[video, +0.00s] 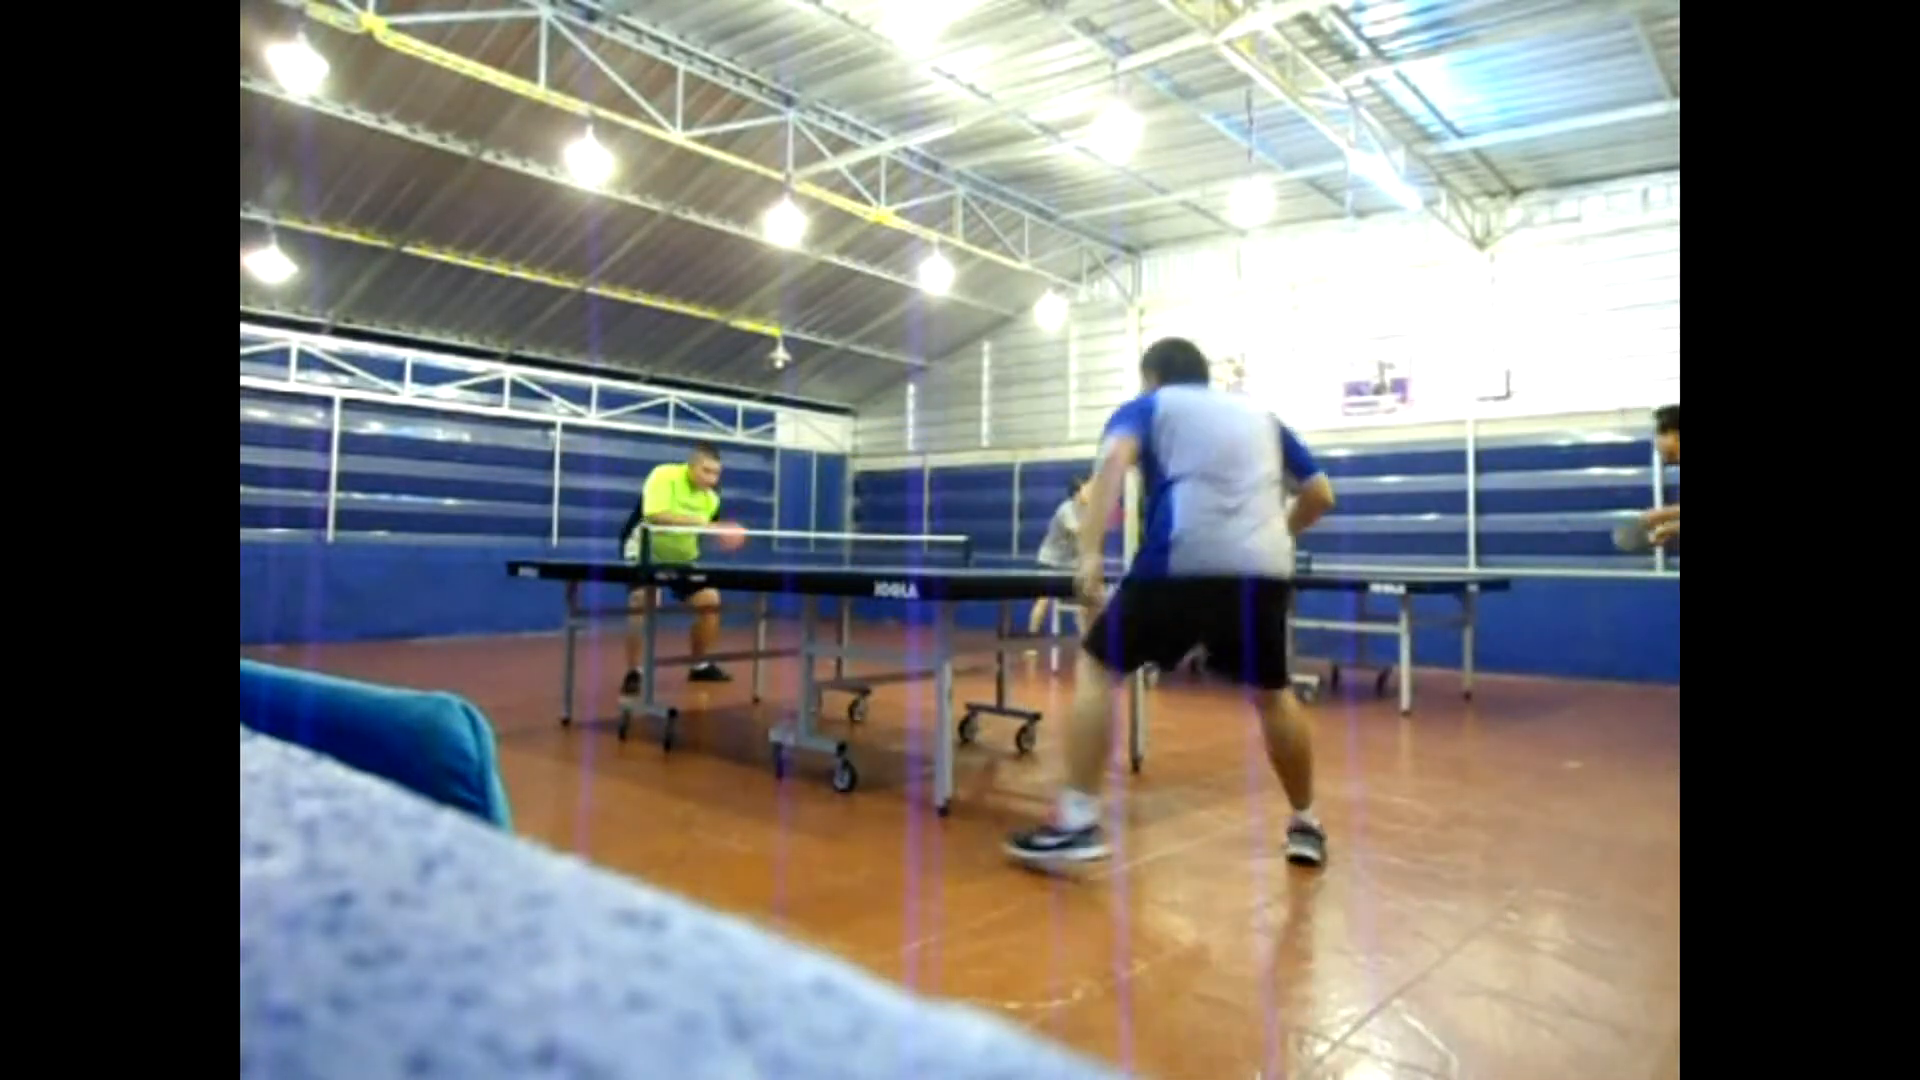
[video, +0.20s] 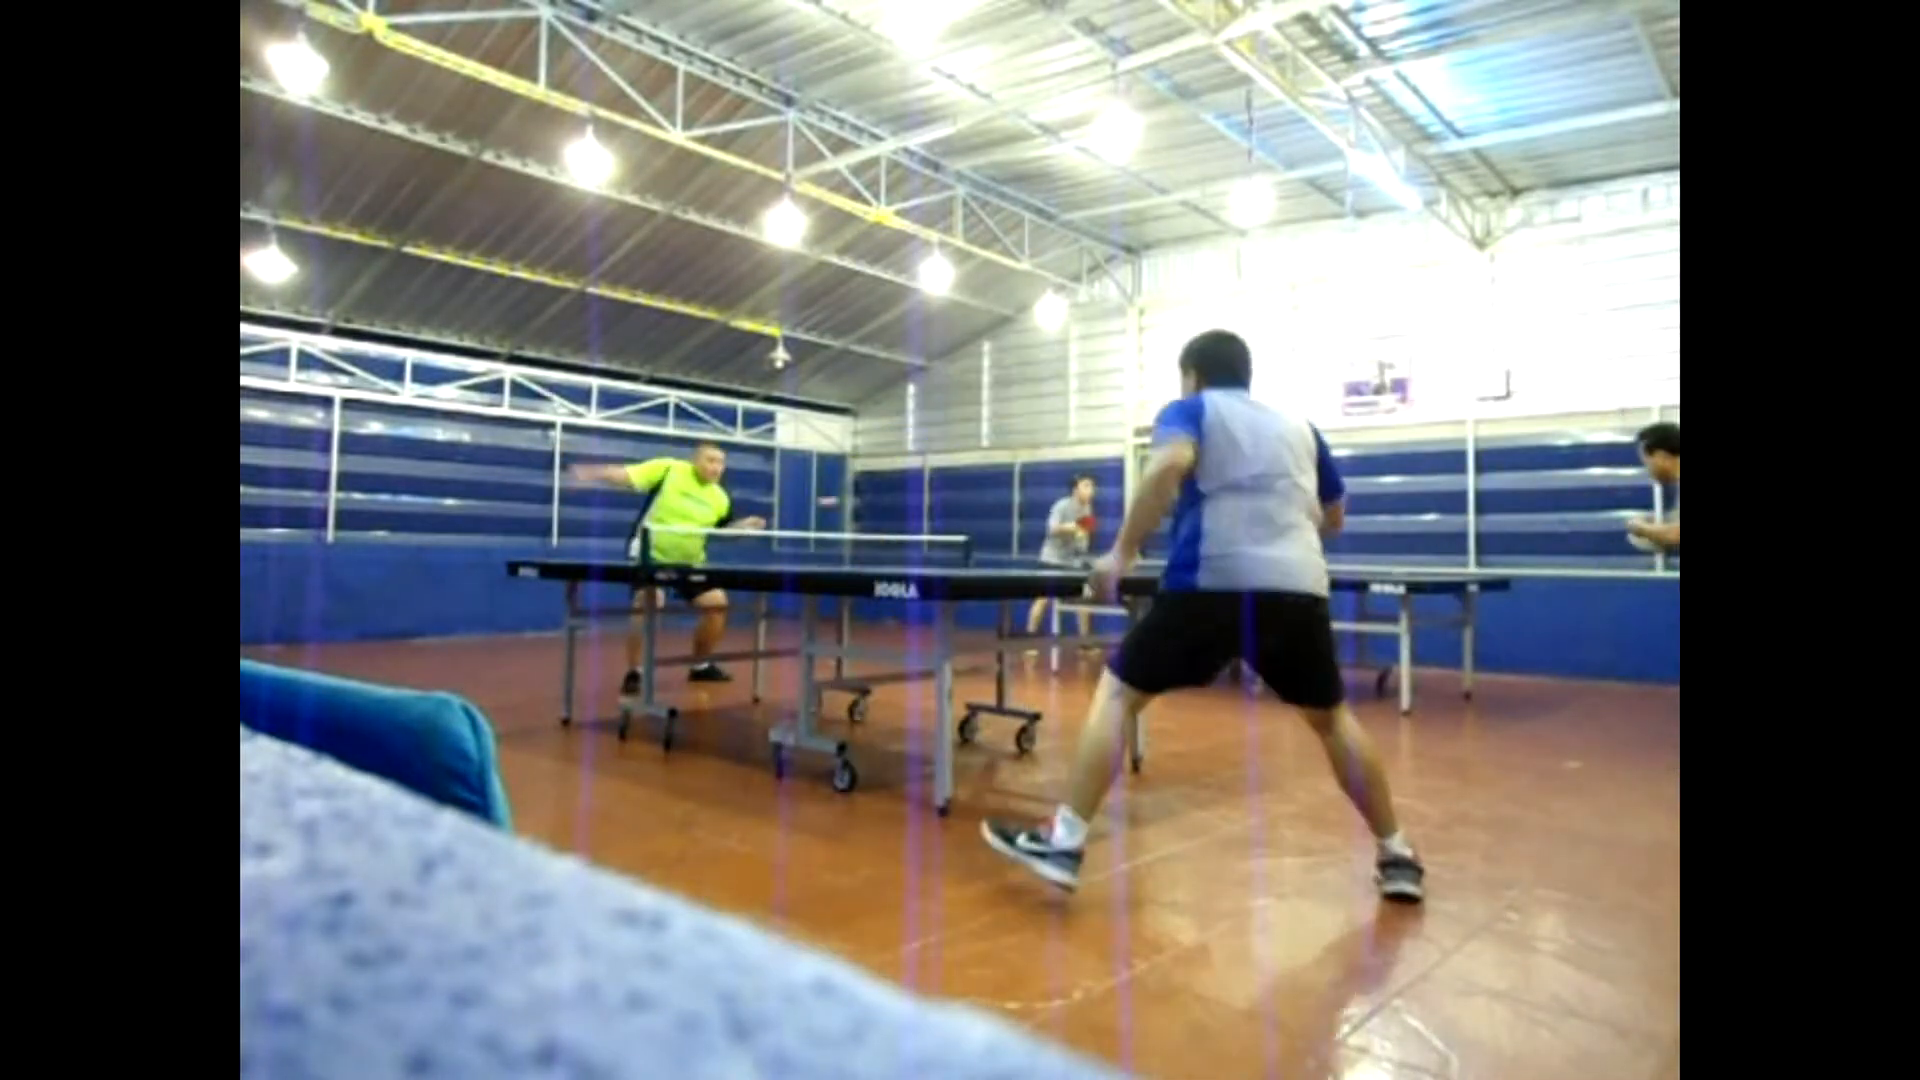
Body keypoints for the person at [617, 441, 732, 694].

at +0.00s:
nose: (712, 478)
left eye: (716, 473)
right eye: (707, 471)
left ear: (718, 473)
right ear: (691, 466)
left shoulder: (711, 499)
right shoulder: (663, 476)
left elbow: (704, 526)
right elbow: (654, 513)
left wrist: (724, 536)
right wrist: (699, 522)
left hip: (683, 556)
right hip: (648, 554)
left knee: (709, 601)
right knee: (642, 601)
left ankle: (701, 663)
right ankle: (634, 670)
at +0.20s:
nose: (716, 467)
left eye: (720, 462)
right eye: (710, 460)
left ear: (723, 466)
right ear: (696, 460)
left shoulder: (720, 499)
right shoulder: (670, 470)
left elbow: (721, 529)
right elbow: (628, 475)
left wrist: (743, 526)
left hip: (691, 563)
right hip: (652, 557)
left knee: (717, 605)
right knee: (647, 603)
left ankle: (701, 664)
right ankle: (634, 671)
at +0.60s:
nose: (699, 442)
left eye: (705, 438)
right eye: (695, 435)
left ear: (710, 444)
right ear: (682, 436)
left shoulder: (712, 478)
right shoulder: (656, 457)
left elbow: (717, 511)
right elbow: (620, 484)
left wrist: (715, 525)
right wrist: (588, 503)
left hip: (689, 545)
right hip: (647, 541)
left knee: (701, 599)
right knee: (627, 600)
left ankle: (701, 661)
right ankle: (606, 661)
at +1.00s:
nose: (656, 433)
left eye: (661, 427)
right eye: (651, 426)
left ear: (666, 430)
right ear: (637, 427)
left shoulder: (675, 462)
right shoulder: (613, 453)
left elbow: (686, 497)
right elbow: (597, 487)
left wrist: (673, 513)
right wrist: (606, 509)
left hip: (661, 540)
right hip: (619, 540)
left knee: (669, 600)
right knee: (610, 603)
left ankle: (668, 659)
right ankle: (599, 660)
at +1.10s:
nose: (649, 433)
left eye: (653, 427)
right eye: (643, 427)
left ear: (658, 430)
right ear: (630, 429)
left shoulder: (674, 460)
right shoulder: (608, 456)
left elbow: (687, 498)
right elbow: (592, 495)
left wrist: (664, 511)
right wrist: (587, 522)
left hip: (661, 538)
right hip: (619, 537)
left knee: (668, 599)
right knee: (603, 598)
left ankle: (668, 658)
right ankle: (591, 657)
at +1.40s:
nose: (606, 447)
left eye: (610, 440)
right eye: (599, 441)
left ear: (618, 438)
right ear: (589, 442)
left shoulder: (641, 464)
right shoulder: (576, 474)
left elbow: (667, 498)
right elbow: (571, 518)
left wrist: (645, 521)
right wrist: (551, 543)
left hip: (646, 549)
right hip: (601, 551)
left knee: (669, 600)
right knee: (594, 605)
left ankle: (670, 655)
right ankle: (585, 666)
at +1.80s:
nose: (613, 462)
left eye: (617, 455)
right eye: (606, 457)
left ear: (627, 449)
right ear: (599, 456)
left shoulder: (653, 472)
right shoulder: (589, 482)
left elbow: (681, 494)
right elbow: (586, 518)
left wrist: (677, 525)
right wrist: (592, 530)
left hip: (658, 549)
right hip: (615, 553)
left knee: (668, 600)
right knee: (599, 610)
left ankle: (674, 669)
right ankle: (588, 669)